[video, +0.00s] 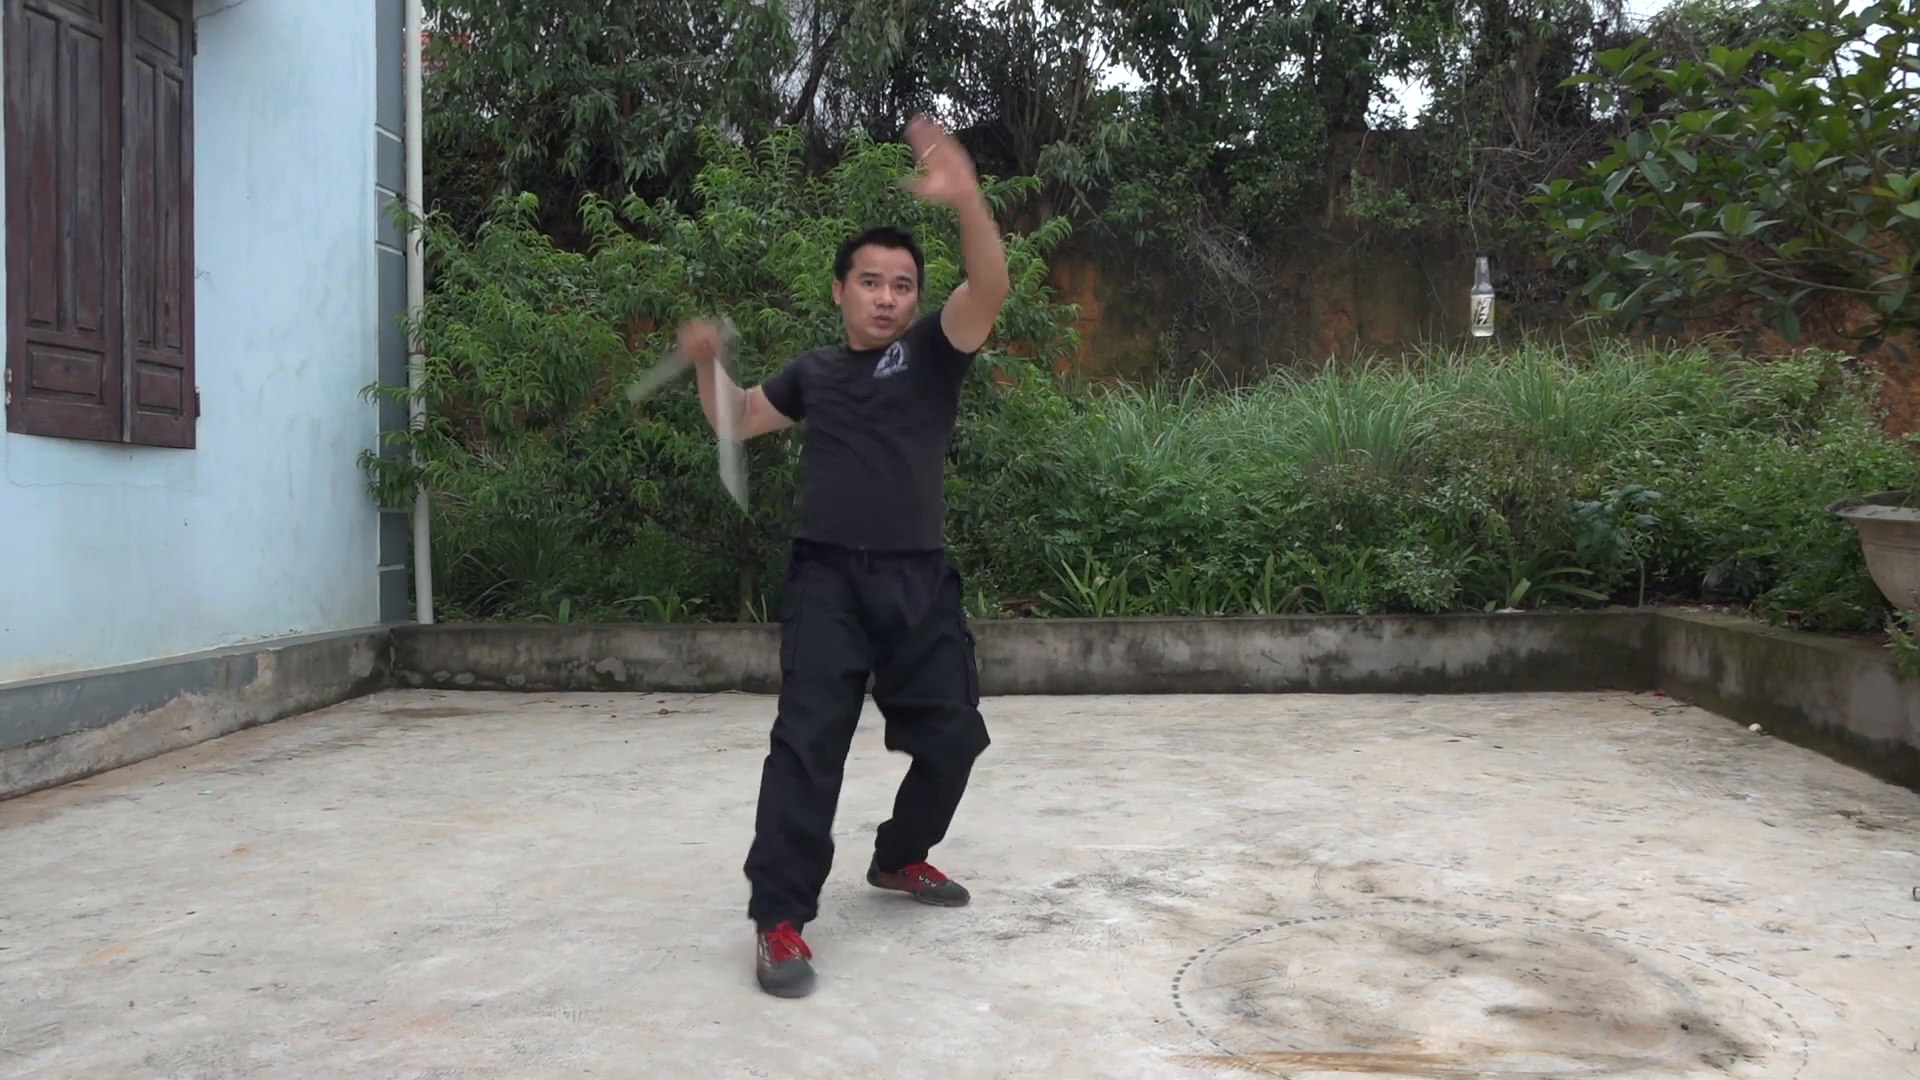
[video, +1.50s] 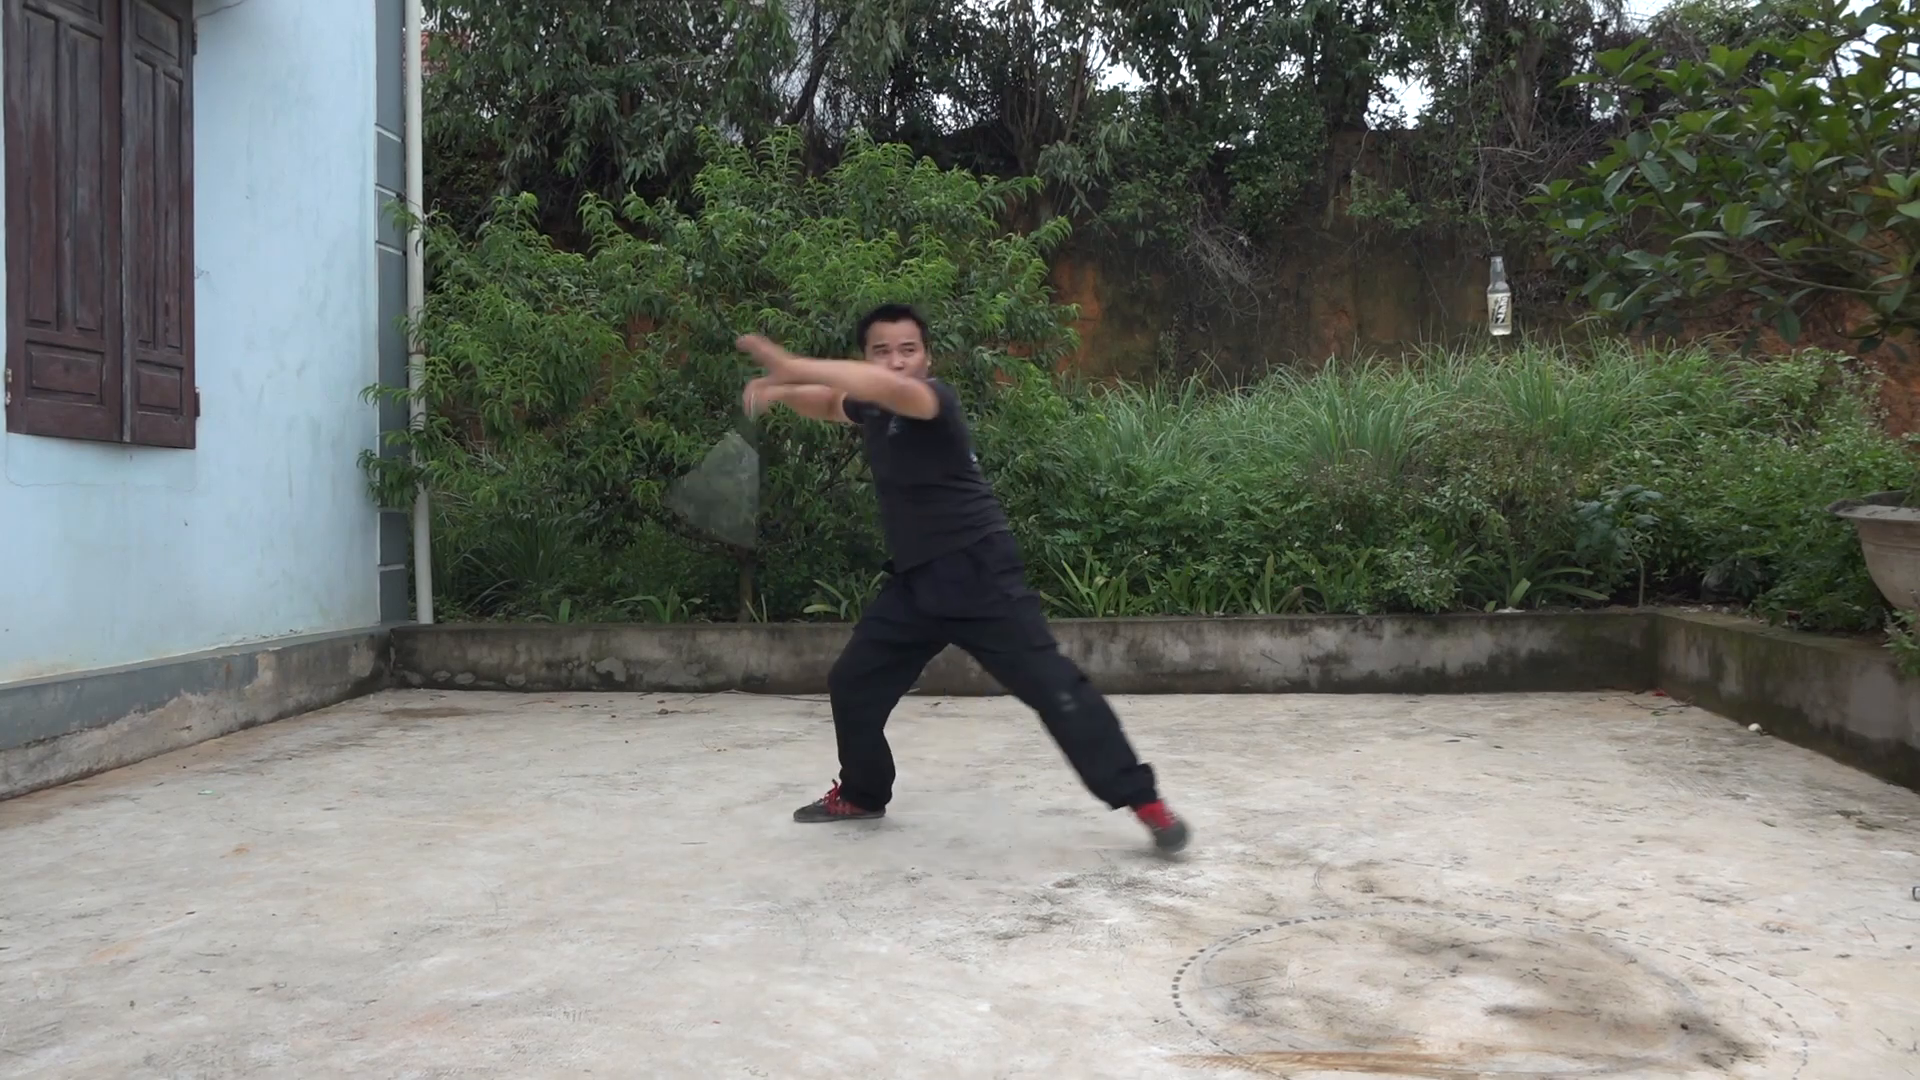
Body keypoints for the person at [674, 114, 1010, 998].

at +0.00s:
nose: (887, 298)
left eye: (901, 286)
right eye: (871, 282)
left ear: (918, 297)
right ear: (841, 293)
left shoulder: (931, 355)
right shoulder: (812, 373)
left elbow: (987, 288)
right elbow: (737, 421)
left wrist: (968, 200)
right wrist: (708, 366)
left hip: (918, 583)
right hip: (828, 582)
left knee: (953, 735)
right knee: (807, 741)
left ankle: (899, 860)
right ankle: (780, 918)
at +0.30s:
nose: (883, 310)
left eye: (900, 300)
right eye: (871, 297)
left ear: (926, 321)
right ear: (853, 311)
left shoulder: (945, 404)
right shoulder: (824, 366)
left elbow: (970, 495)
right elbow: (748, 318)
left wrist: (979, 570)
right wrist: (725, 241)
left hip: (927, 600)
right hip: (836, 593)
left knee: (962, 725)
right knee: (799, 725)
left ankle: (897, 863)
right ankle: (794, 782)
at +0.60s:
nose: (813, 313)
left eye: (820, 303)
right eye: (815, 303)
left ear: (853, 314)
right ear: (849, 314)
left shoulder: (915, 371)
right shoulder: (814, 371)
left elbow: (1003, 352)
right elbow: (738, 380)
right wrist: (668, 335)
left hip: (901, 571)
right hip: (830, 571)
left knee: (910, 696)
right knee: (821, 690)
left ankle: (945, 848)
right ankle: (824, 784)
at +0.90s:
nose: (826, 364)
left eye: (828, 354)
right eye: (828, 353)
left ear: (843, 357)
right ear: (887, 357)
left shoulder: (851, 412)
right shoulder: (914, 406)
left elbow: (760, 464)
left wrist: (702, 481)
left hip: (890, 586)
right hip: (886, 585)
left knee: (902, 719)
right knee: (816, 685)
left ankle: (985, 855)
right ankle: (830, 792)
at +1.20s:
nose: (828, 369)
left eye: (837, 357)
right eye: (828, 358)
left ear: (879, 358)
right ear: (885, 363)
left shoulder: (860, 400)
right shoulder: (944, 411)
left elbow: (776, 380)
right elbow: (1011, 454)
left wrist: (684, 336)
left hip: (913, 577)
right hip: (916, 577)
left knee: (901, 719)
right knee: (843, 675)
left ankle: (985, 856)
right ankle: (856, 791)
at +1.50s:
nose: (897, 361)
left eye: (908, 349)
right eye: (882, 353)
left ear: (927, 356)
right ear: (867, 360)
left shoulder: (933, 400)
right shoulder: (870, 411)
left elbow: (880, 385)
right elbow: (830, 403)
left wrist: (794, 367)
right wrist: (781, 392)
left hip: (979, 571)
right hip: (917, 581)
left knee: (1053, 686)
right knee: (854, 683)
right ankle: (862, 793)